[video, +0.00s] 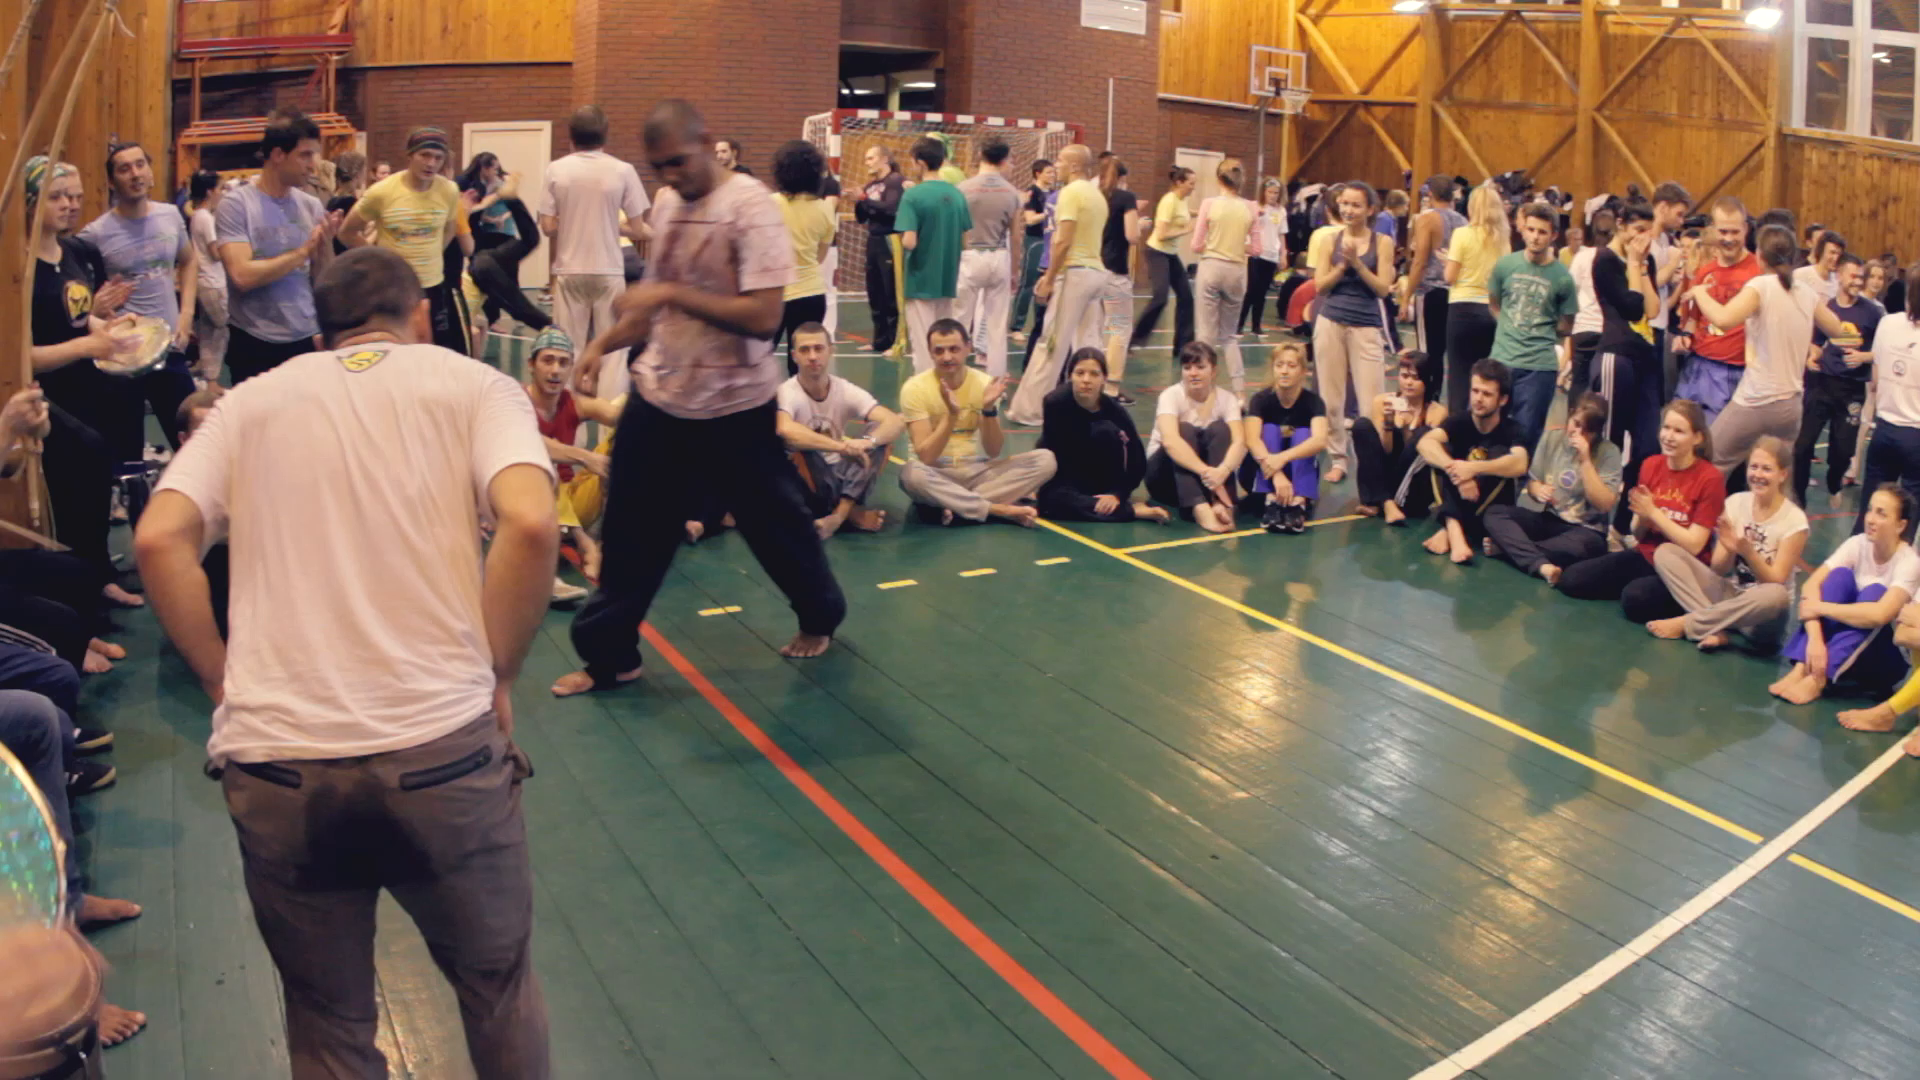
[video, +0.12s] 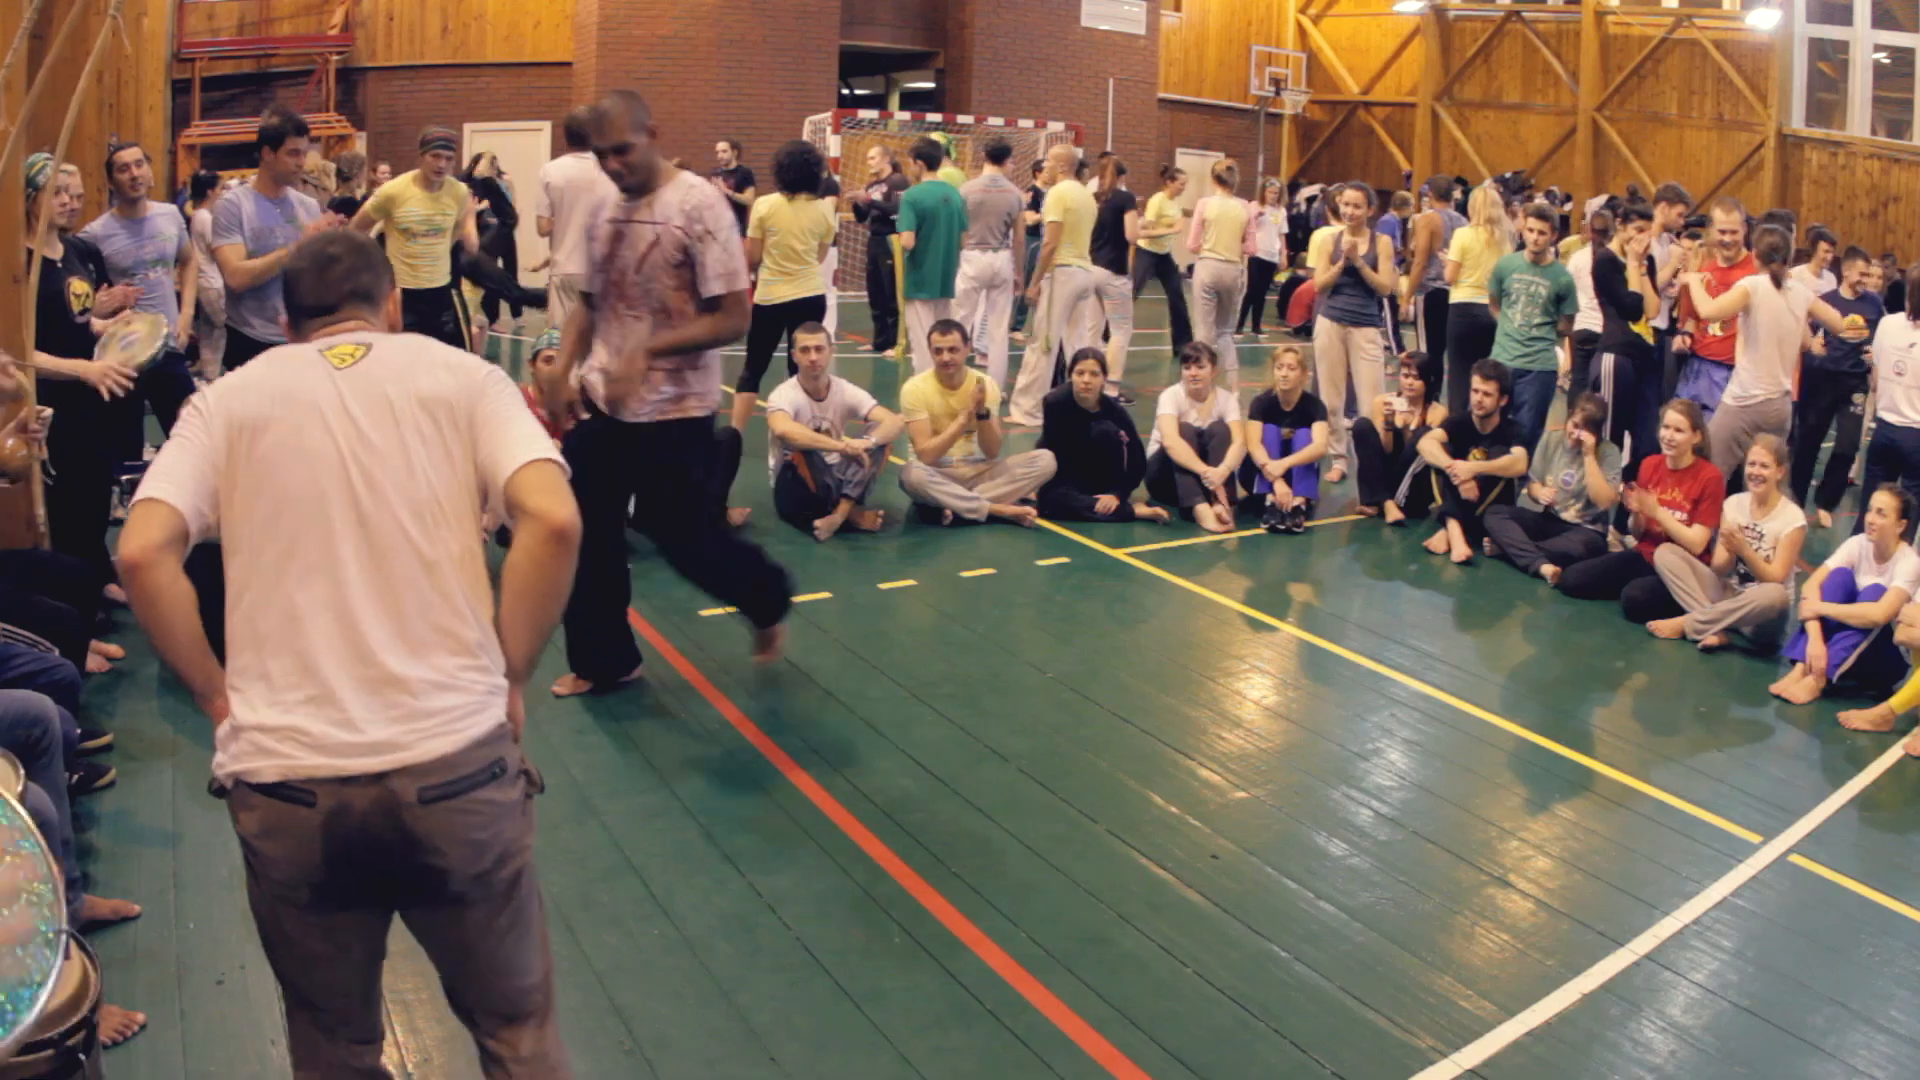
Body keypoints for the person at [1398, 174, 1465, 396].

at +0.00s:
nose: (1427, 196)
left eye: (1428, 193)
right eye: (1429, 193)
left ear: (1431, 194)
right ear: (1452, 195)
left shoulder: (1426, 219)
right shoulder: (1462, 221)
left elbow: (1420, 261)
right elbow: (1462, 258)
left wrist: (1406, 297)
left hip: (1431, 291)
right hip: (1455, 290)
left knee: (1430, 351)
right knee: (1451, 350)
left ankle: (1429, 399)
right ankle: (1451, 397)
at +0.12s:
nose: (1427, 196)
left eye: (1428, 193)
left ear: (1431, 194)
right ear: (1452, 195)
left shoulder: (1427, 220)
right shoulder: (1462, 221)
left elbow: (1421, 261)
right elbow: (1465, 257)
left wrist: (1408, 297)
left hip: (1433, 290)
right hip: (1457, 288)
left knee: (1432, 351)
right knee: (1454, 349)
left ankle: (1431, 399)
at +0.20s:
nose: (1427, 196)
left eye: (1428, 193)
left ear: (1430, 194)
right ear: (1452, 195)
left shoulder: (1427, 220)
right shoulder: (1462, 221)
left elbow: (1421, 262)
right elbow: (1465, 257)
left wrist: (1408, 296)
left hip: (1433, 290)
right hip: (1458, 289)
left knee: (1433, 351)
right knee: (1455, 350)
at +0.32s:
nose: (1427, 197)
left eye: (1428, 193)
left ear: (1430, 195)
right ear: (1452, 195)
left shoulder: (1429, 219)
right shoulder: (1462, 221)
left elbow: (1421, 261)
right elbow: (1464, 257)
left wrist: (1409, 297)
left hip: (1433, 290)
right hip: (1458, 289)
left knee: (1433, 351)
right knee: (1454, 351)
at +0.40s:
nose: (1427, 195)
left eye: (1428, 192)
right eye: (1429, 192)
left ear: (1431, 194)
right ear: (1451, 194)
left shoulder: (1428, 219)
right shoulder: (1462, 221)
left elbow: (1421, 262)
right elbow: (1464, 259)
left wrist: (1408, 297)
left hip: (1432, 290)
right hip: (1457, 289)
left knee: (1432, 352)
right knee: (1454, 352)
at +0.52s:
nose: (1427, 195)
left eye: (1428, 192)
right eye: (1429, 192)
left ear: (1431, 194)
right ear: (1452, 195)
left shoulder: (1427, 220)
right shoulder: (1462, 221)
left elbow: (1421, 262)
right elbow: (1465, 258)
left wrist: (1407, 297)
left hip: (1432, 291)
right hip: (1457, 289)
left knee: (1431, 352)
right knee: (1454, 351)